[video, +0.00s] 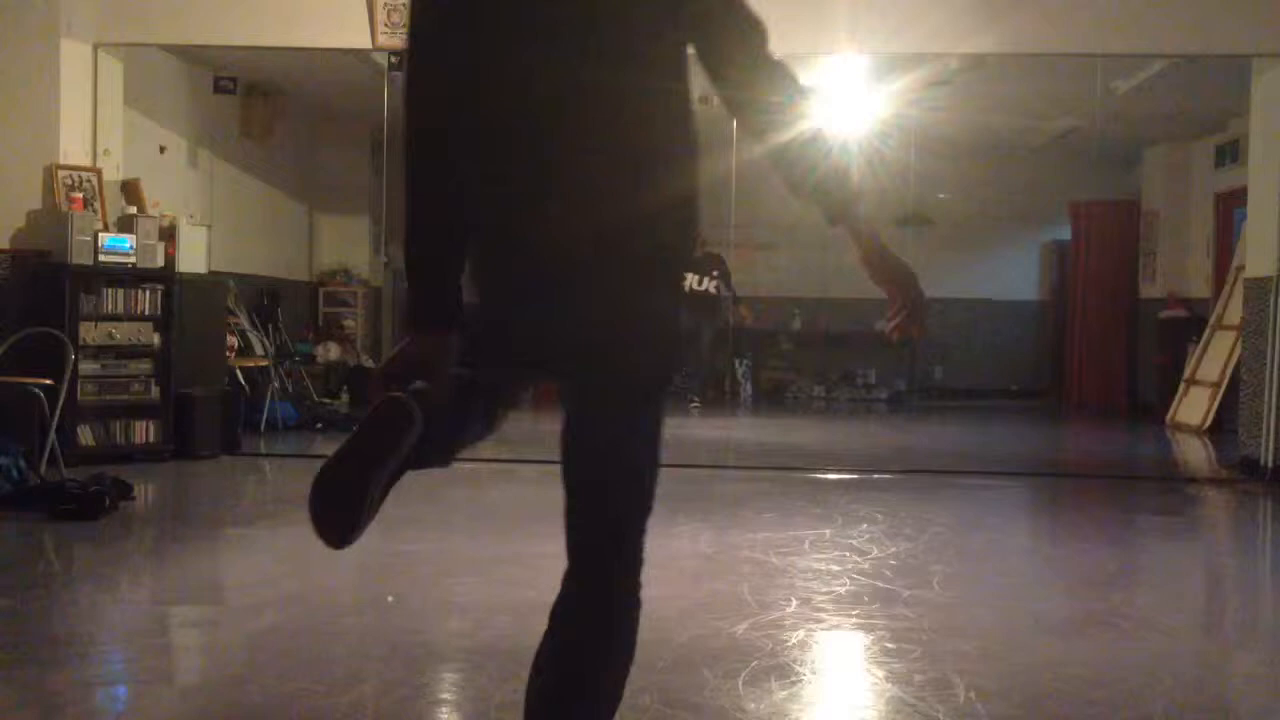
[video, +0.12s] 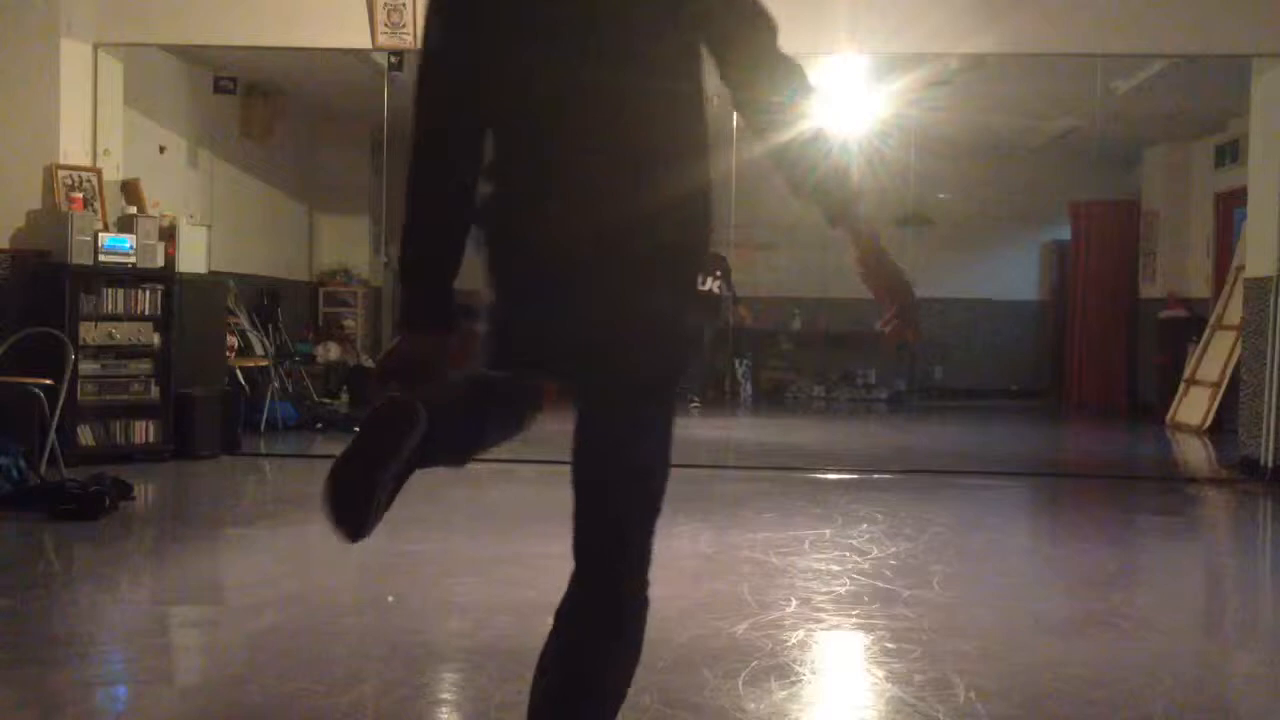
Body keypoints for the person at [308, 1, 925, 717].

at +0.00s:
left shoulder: (449, 10)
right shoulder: (677, 4)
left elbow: (430, 134)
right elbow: (758, 88)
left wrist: (426, 315)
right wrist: (866, 235)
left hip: (507, 251)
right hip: (629, 258)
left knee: (480, 380)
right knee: (603, 563)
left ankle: (405, 434)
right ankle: (565, 713)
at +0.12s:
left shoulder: (473, 6)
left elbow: (445, 140)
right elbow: (772, 93)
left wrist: (425, 315)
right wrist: (865, 238)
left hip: (526, 240)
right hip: (649, 251)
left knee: (512, 386)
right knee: (611, 560)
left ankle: (413, 435)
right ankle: (567, 716)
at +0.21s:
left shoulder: (485, 8)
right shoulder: (724, 7)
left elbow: (455, 144)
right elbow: (781, 108)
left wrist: (428, 313)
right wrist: (852, 246)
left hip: (540, 237)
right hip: (663, 251)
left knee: (551, 382)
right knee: (618, 563)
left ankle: (434, 421)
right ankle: (573, 709)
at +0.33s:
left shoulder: (515, 11)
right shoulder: (731, 11)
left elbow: (482, 144)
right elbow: (778, 123)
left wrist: (460, 311)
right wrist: (828, 258)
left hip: (562, 243)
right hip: (677, 250)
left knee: (594, 390)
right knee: (631, 553)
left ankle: (473, 413)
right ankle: (579, 710)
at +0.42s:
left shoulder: (532, 10)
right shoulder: (741, 10)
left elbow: (510, 135)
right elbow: (772, 121)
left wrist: (483, 308)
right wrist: (824, 246)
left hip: (574, 242)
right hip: (687, 246)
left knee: (596, 411)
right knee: (637, 557)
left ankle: (483, 433)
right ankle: (577, 710)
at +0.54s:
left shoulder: (561, 12)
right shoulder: (756, 12)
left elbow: (536, 131)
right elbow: (780, 120)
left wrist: (520, 304)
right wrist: (846, 250)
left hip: (593, 253)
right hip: (695, 255)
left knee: (655, 443)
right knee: (649, 548)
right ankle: (578, 708)